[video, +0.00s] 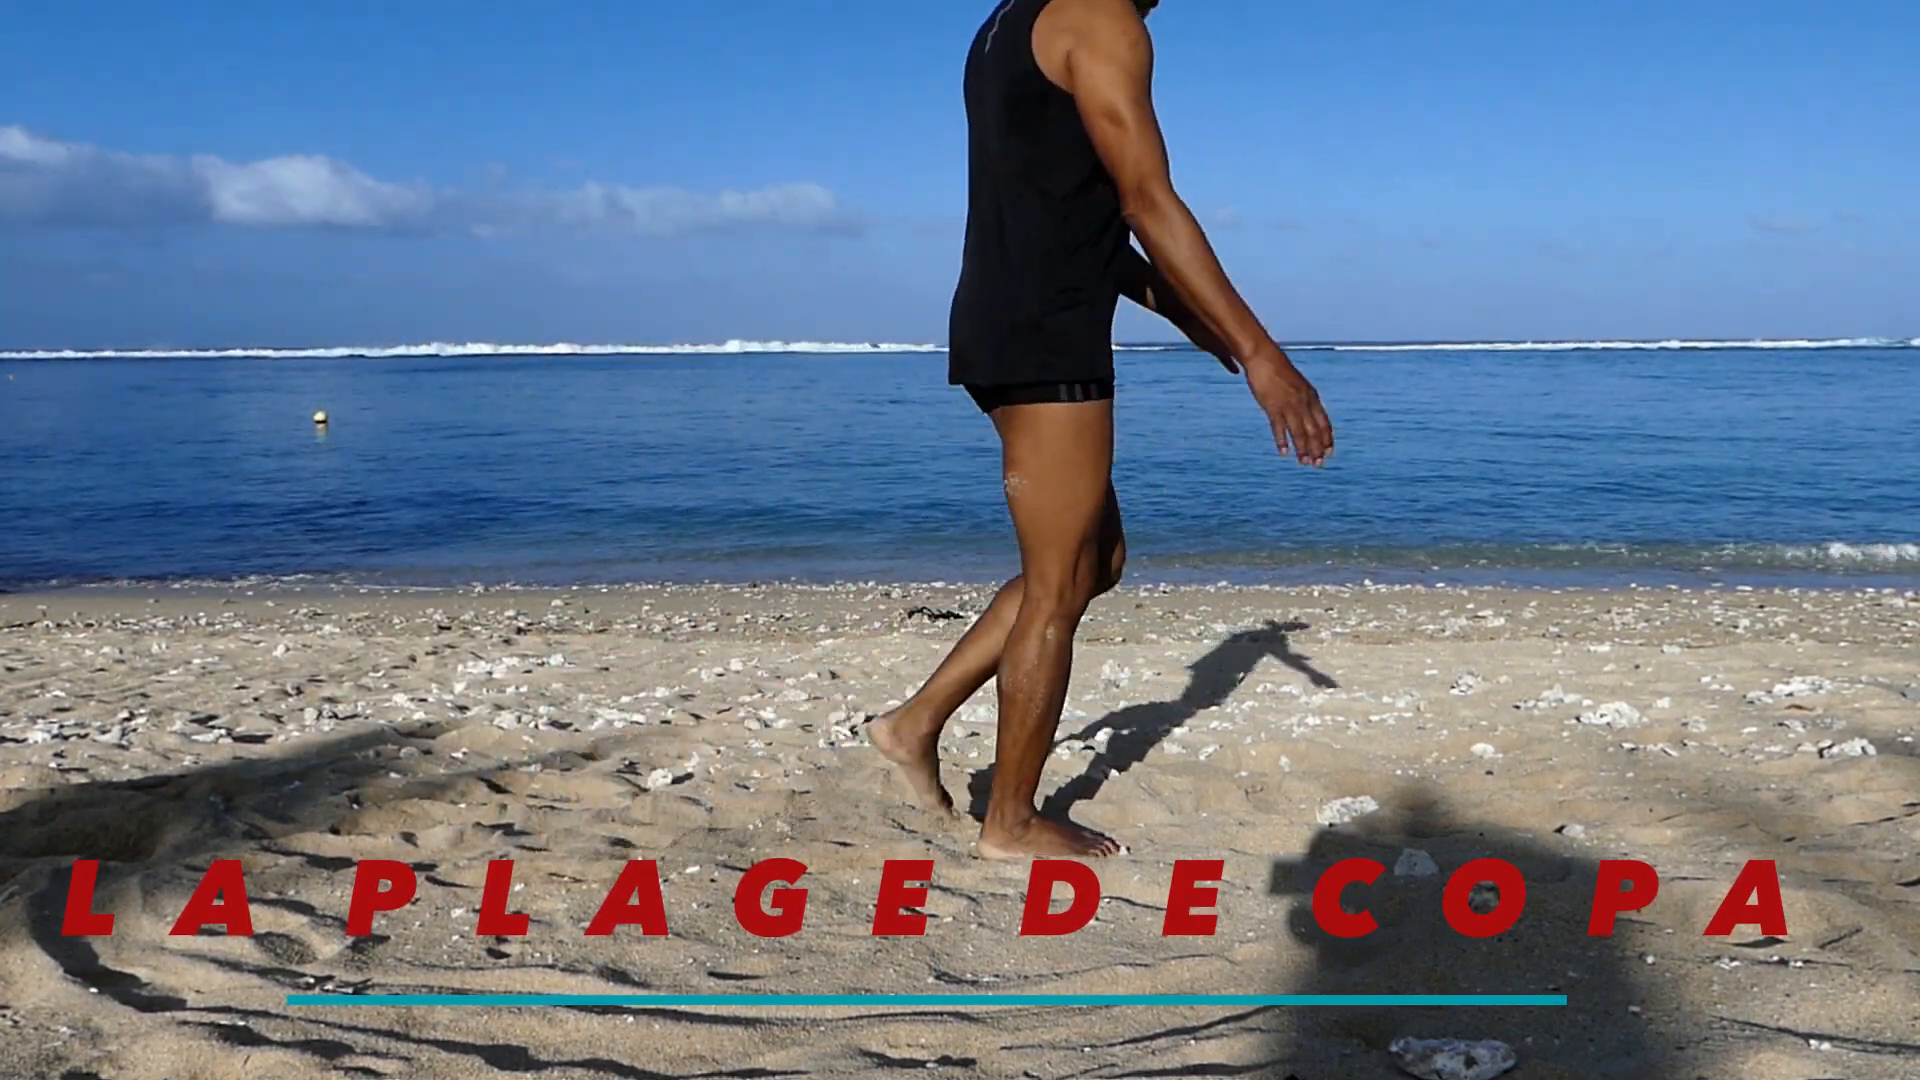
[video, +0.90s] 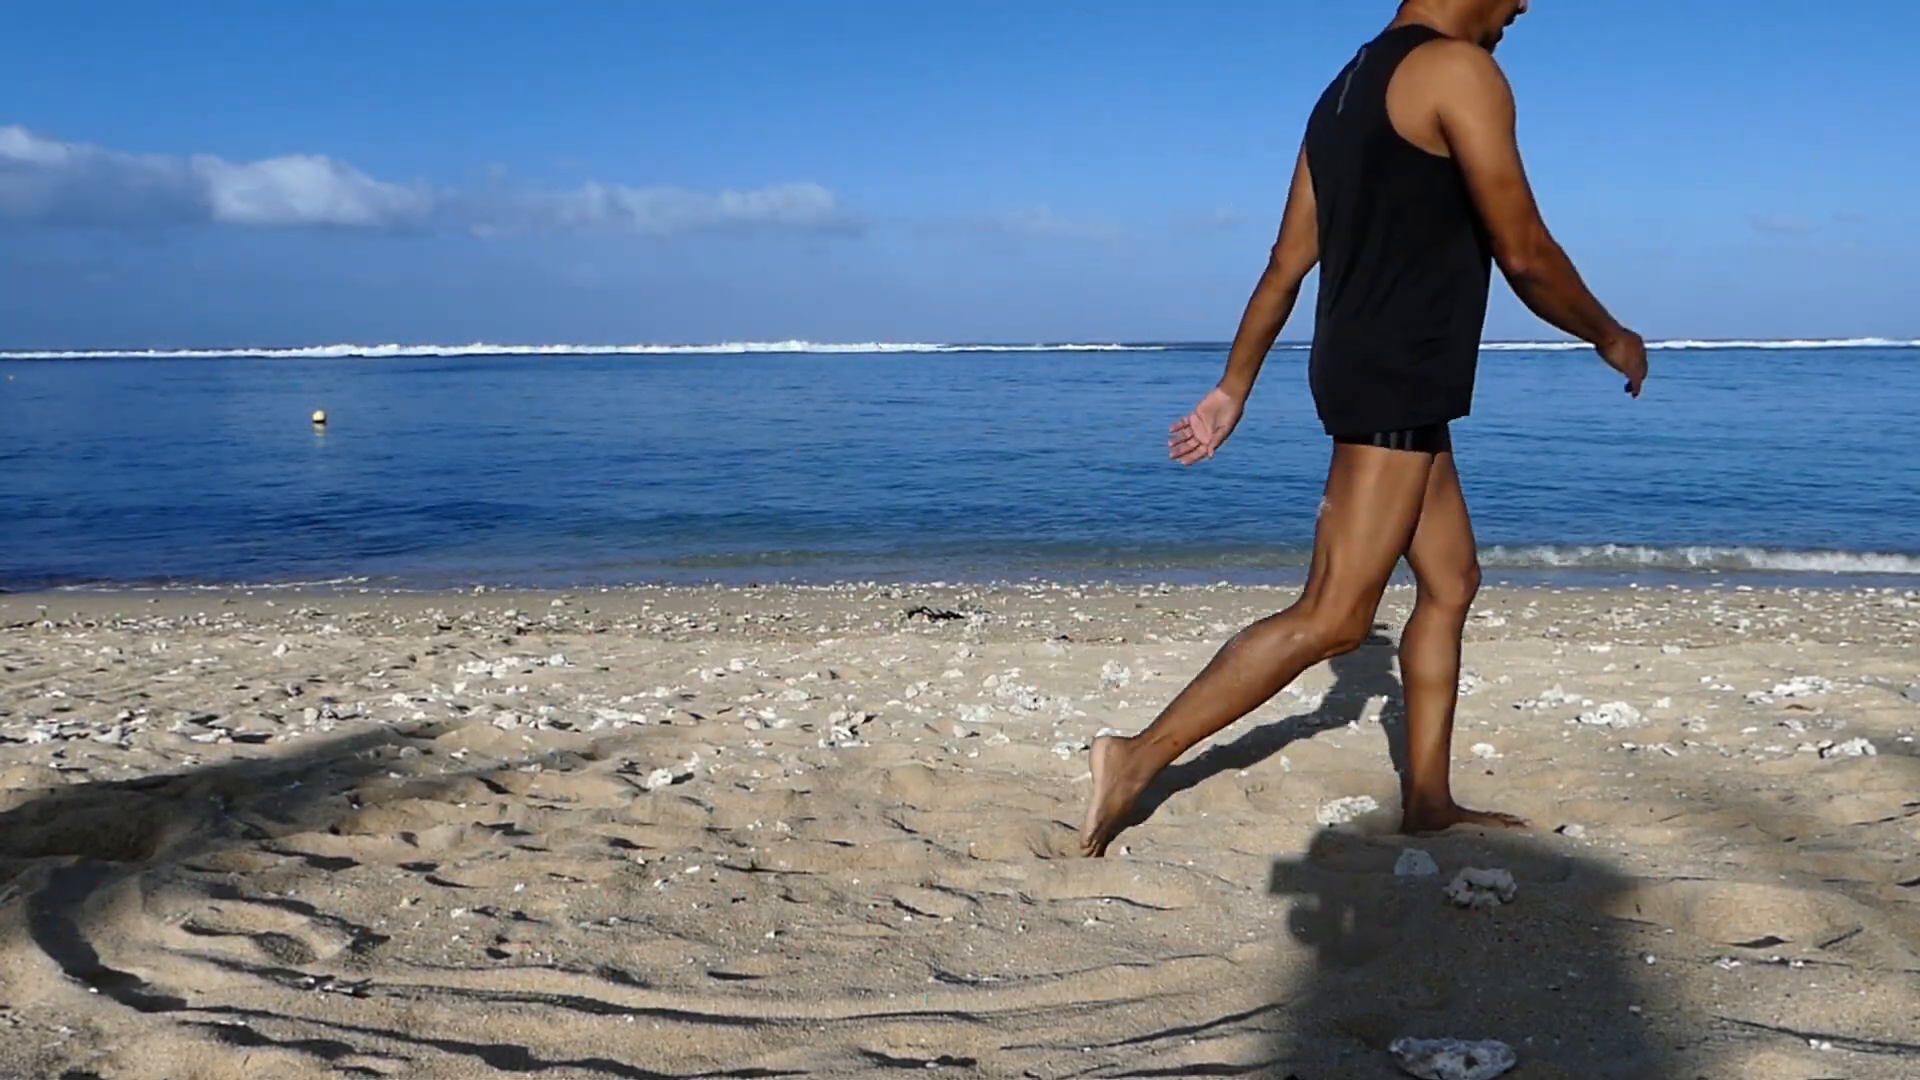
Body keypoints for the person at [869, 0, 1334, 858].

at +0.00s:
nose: (1159, 1)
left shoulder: (1014, 26)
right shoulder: (1102, 23)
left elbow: (1074, 227)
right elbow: (1153, 203)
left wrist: (1183, 309)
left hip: (1007, 329)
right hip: (1052, 337)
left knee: (1096, 557)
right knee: (1058, 581)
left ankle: (913, 725)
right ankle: (1011, 819)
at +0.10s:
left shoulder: (1040, 24)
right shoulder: (1130, 15)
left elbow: (1079, 213)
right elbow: (1203, 192)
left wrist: (1182, 320)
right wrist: (1340, 318)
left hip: (1045, 319)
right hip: (1075, 328)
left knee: (1142, 542)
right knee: (1068, 583)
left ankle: (1002, 737)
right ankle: (1015, 813)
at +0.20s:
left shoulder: (1087, 19)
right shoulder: (1175, 10)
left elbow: (1094, 207)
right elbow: (1272, 173)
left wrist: (1166, 341)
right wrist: (1423, 259)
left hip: (1117, 323)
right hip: (1110, 325)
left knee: (1200, 531)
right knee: (1078, 577)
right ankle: (1016, 803)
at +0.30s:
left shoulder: (1114, 21)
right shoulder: (1210, 10)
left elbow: (1116, 190)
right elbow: (1317, 167)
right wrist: (1460, 226)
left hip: (1136, 331)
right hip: (1137, 333)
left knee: (1229, 537)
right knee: (1086, 575)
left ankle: (1241, 771)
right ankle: (1017, 801)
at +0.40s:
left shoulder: (1168, 23)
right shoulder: (1260, 17)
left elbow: (1161, 193)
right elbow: (1379, 164)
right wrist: (1497, 195)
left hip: (1184, 343)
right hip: (1182, 343)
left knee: (1267, 559)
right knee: (1107, 579)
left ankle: (1354, 765)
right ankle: (1021, 795)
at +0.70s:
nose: (1442, 9)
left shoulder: (1276, 72)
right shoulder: (1375, 57)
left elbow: (1208, 253)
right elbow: (1481, 208)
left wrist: (1163, 381)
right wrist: (1574, 227)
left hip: (1305, 376)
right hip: (1314, 378)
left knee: (1382, 588)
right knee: (1194, 596)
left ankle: (1426, 809)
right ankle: (1045, 777)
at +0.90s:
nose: (1518, 14)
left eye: (1519, 5)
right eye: (1517, 2)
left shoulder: (1348, 89)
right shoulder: (1465, 72)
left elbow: (1289, 261)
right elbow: (1522, 253)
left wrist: (1233, 387)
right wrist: (1611, 335)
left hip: (1360, 373)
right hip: (1402, 381)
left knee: (1449, 582)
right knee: (1334, 617)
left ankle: (1428, 805)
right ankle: (1137, 759)